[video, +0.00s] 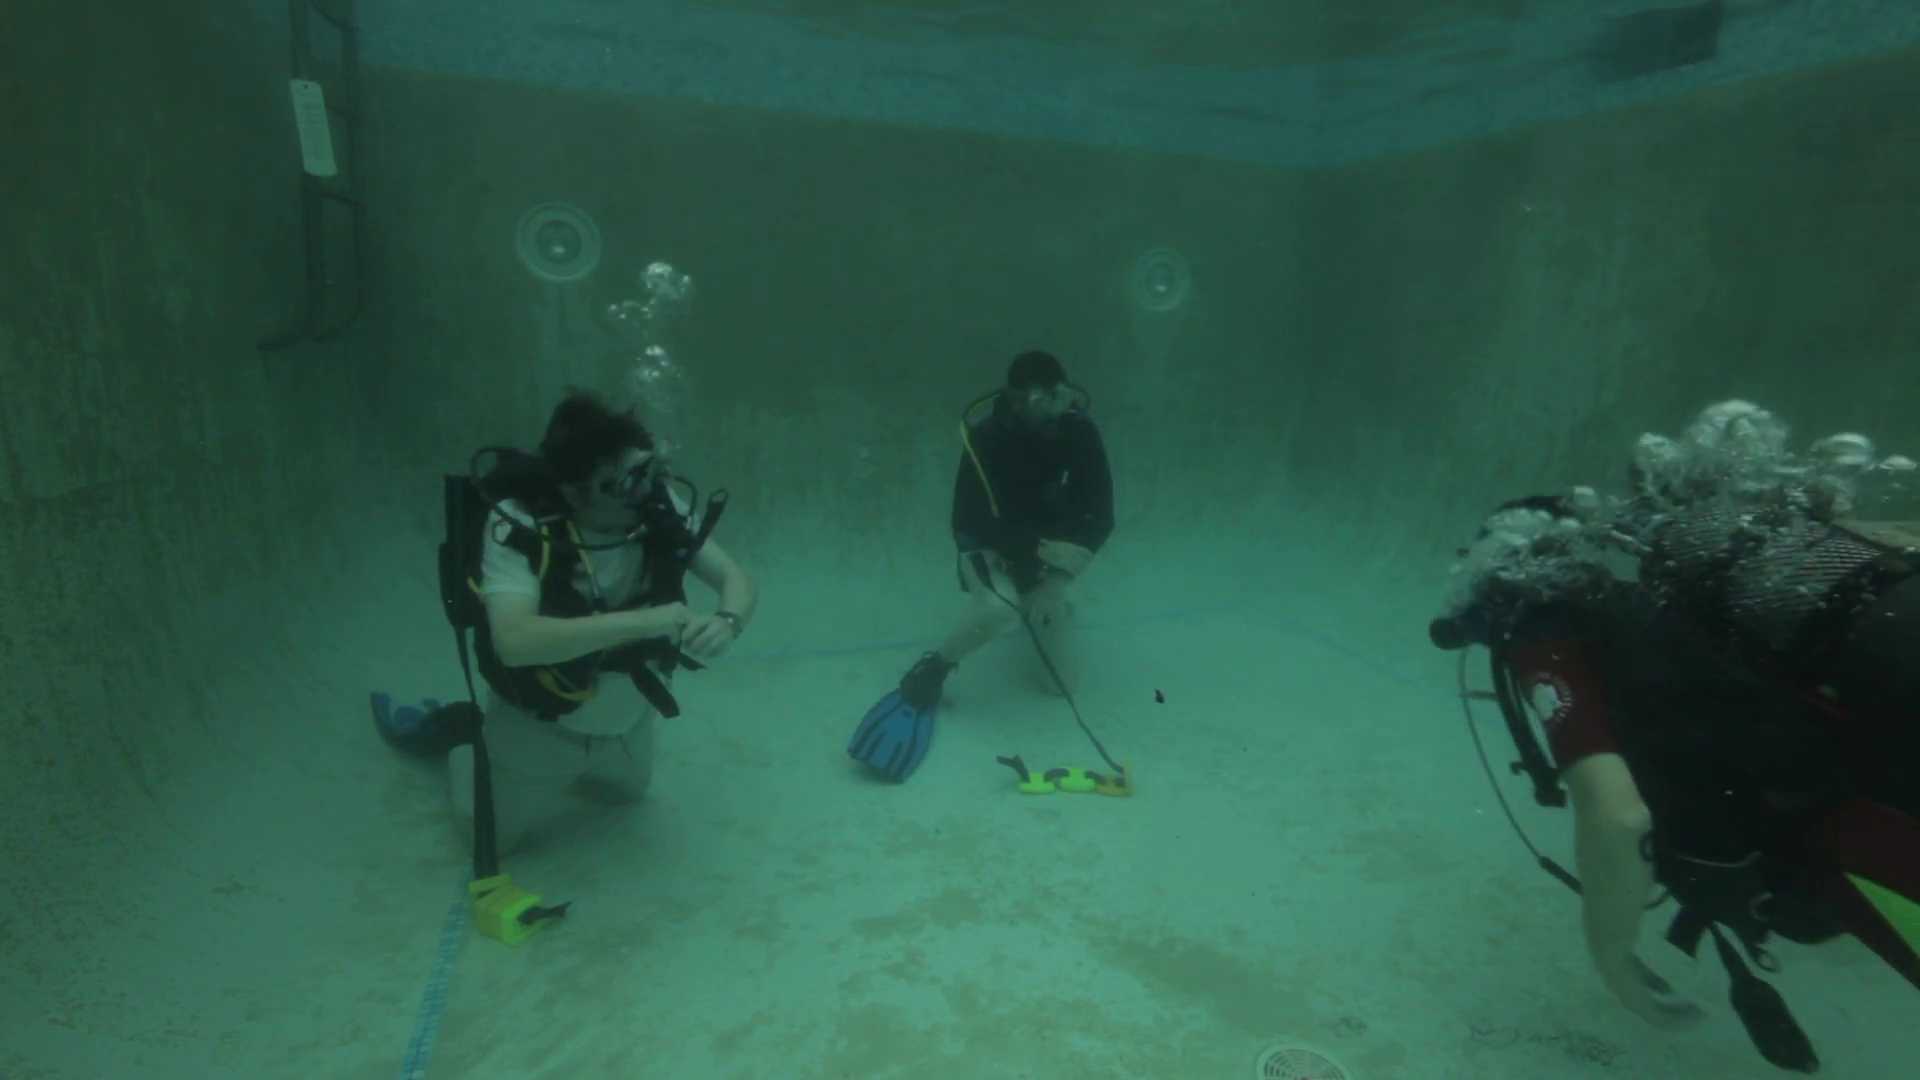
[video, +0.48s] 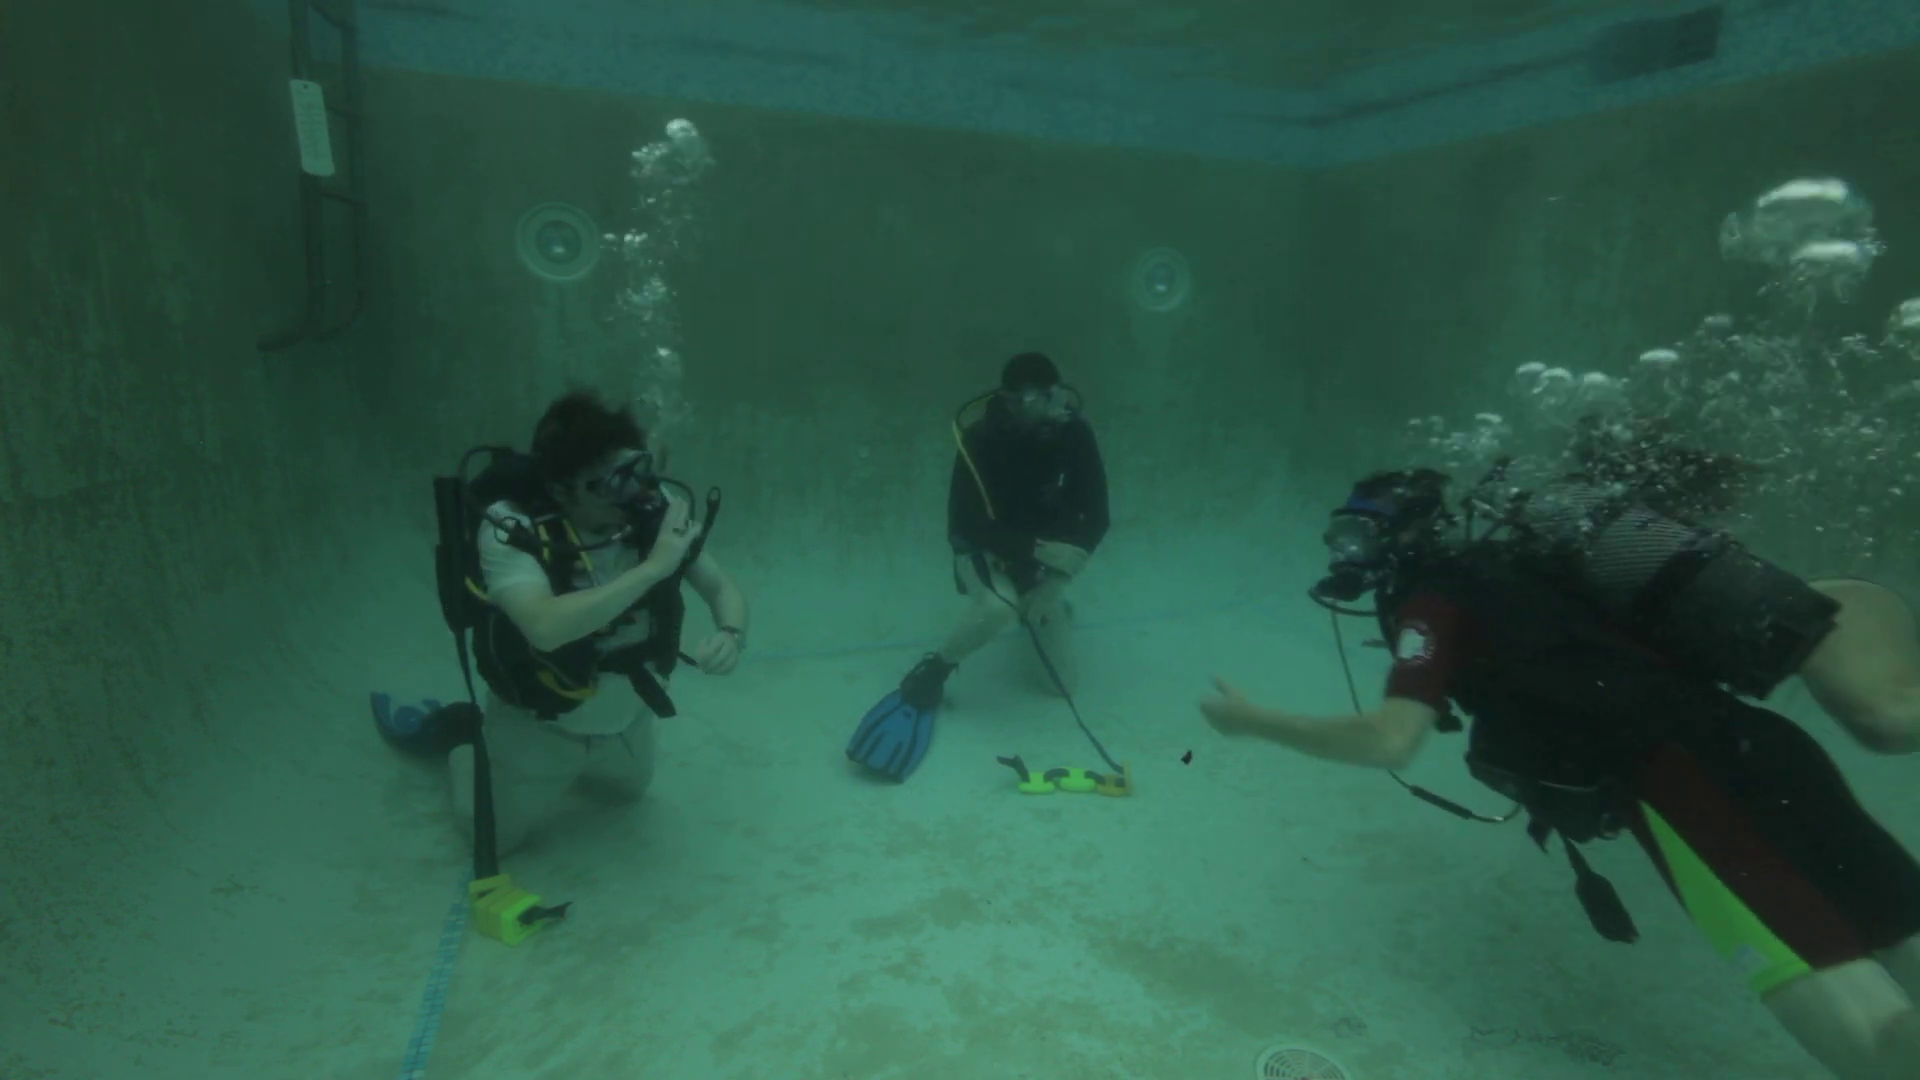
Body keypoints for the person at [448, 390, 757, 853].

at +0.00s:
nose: (646, 494)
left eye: (648, 475)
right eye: (627, 483)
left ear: (653, 465)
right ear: (575, 492)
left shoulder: (657, 508)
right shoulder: (517, 525)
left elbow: (736, 579)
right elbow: (514, 641)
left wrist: (729, 621)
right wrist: (648, 622)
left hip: (627, 713)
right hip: (538, 723)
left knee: (627, 787)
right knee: (500, 835)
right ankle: (463, 730)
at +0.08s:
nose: (643, 494)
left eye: (646, 475)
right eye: (625, 483)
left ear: (651, 467)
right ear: (573, 491)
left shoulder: (657, 507)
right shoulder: (515, 525)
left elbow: (736, 581)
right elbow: (515, 640)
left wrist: (729, 621)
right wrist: (645, 619)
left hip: (627, 713)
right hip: (538, 723)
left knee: (627, 788)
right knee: (500, 835)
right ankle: (464, 730)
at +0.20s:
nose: (641, 494)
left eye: (643, 475)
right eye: (621, 483)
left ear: (649, 466)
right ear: (570, 491)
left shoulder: (651, 509)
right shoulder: (513, 527)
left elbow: (731, 581)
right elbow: (521, 639)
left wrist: (731, 621)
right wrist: (645, 602)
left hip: (625, 711)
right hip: (539, 721)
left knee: (628, 786)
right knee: (503, 832)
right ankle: (466, 730)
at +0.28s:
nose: (637, 495)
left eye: (640, 476)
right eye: (618, 483)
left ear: (647, 467)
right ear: (568, 492)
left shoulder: (653, 507)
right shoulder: (512, 527)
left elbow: (727, 581)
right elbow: (527, 637)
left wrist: (733, 623)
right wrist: (645, 591)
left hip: (627, 709)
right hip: (539, 720)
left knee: (628, 786)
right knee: (501, 833)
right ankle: (464, 730)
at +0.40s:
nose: (634, 494)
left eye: (637, 475)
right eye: (614, 483)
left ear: (645, 466)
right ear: (566, 491)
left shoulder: (653, 508)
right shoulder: (510, 528)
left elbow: (721, 583)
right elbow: (538, 632)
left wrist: (733, 627)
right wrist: (652, 576)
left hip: (626, 706)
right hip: (538, 719)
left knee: (627, 787)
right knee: (507, 830)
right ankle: (463, 731)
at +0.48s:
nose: (633, 494)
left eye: (636, 475)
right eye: (612, 483)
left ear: (643, 466)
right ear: (563, 489)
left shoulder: (649, 513)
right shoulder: (508, 529)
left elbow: (720, 586)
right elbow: (544, 628)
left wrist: (731, 631)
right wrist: (654, 568)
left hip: (626, 712)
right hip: (538, 723)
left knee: (627, 787)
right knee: (500, 834)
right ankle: (463, 731)